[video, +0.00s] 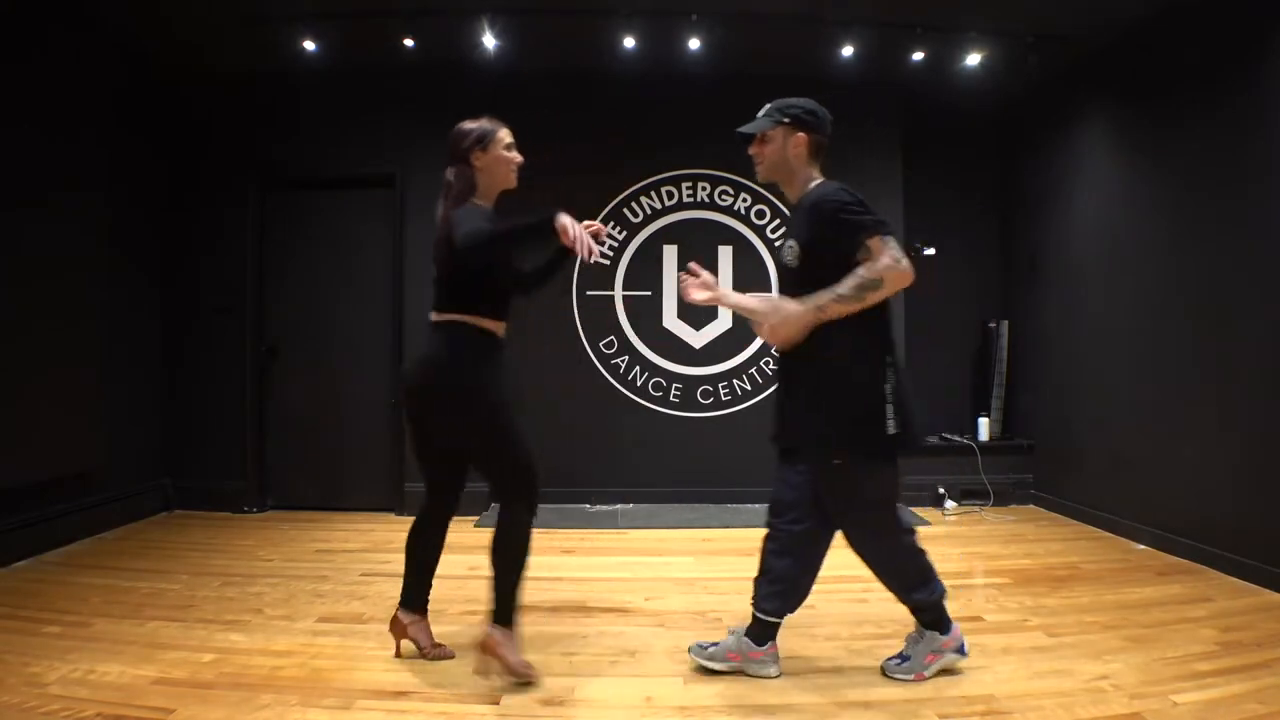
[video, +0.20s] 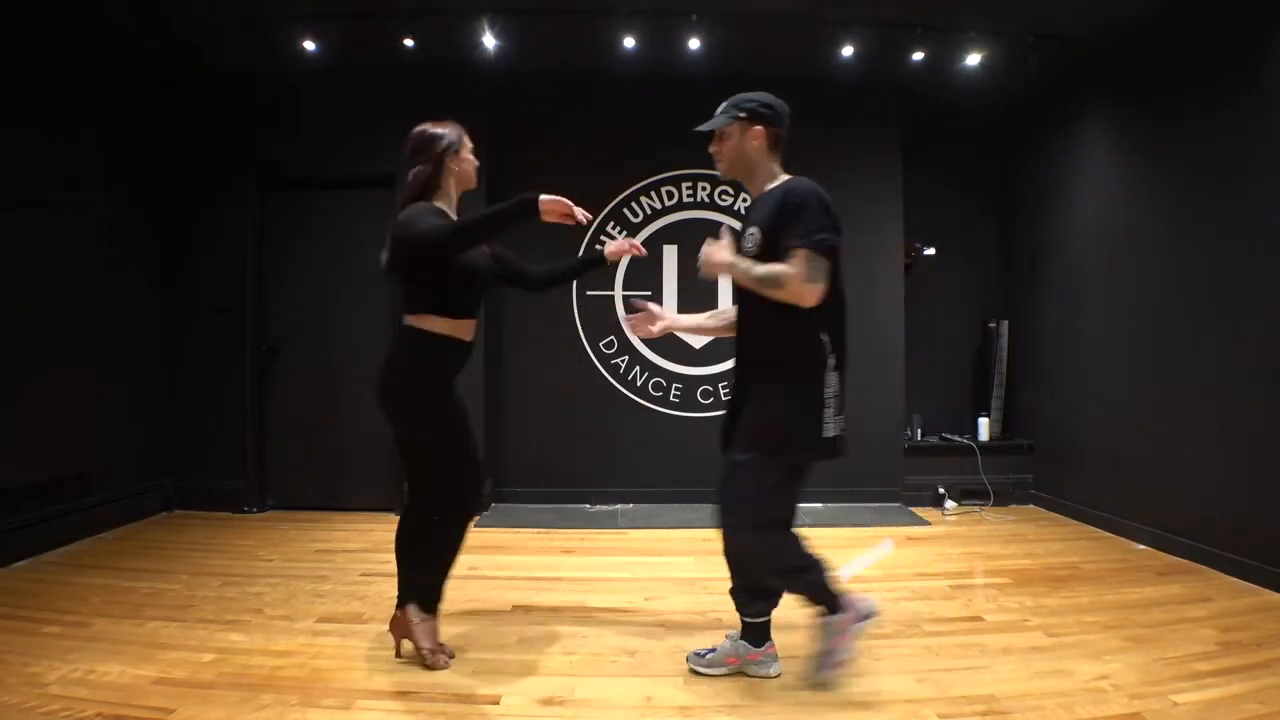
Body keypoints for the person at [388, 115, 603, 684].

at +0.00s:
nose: (520, 157)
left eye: (517, 148)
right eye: (509, 148)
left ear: (485, 160)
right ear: (476, 158)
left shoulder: (481, 224)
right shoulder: (467, 215)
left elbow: (520, 282)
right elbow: (484, 249)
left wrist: (571, 252)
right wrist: (553, 223)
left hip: (447, 364)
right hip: (466, 365)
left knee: (442, 494)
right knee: (520, 487)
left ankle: (411, 611)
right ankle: (501, 628)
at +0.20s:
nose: (478, 163)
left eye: (475, 154)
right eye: (470, 154)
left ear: (451, 163)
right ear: (445, 161)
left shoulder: (468, 240)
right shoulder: (416, 219)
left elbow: (533, 278)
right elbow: (451, 239)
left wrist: (600, 255)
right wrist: (532, 206)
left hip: (436, 375)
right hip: (414, 374)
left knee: (434, 490)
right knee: (459, 488)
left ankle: (411, 609)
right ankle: (419, 611)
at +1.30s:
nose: (499, 159)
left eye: (504, 152)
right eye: (486, 152)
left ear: (511, 165)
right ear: (462, 168)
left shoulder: (506, 226)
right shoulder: (472, 221)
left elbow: (532, 313)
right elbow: (528, 244)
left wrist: (593, 346)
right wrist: (592, 205)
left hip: (494, 368)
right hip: (481, 369)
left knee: (488, 486)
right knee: (529, 490)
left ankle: (433, 593)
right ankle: (534, 620)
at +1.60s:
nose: (545, 160)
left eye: (548, 153)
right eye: (531, 154)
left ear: (554, 167)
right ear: (506, 173)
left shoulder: (542, 232)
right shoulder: (524, 236)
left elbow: (584, 280)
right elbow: (584, 318)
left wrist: (632, 255)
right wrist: (658, 364)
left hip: (534, 380)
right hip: (516, 382)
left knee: (604, 488)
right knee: (527, 501)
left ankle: (607, 612)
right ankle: (530, 623)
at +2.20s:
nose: (578, 167)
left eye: (574, 158)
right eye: (567, 158)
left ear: (545, 170)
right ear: (536, 169)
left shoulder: (538, 231)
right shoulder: (544, 229)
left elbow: (574, 323)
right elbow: (612, 291)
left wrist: (639, 343)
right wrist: (678, 264)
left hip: (550, 375)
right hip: (544, 377)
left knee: (590, 504)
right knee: (581, 505)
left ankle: (617, 623)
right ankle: (523, 627)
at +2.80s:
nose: (478, 166)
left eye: (477, 157)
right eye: (468, 156)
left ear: (452, 168)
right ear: (436, 166)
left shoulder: (459, 230)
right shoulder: (422, 226)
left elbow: (501, 305)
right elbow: (466, 276)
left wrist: (566, 327)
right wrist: (545, 250)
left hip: (442, 370)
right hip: (422, 371)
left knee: (466, 487)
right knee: (458, 483)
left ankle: (419, 597)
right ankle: (421, 599)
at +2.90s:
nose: (464, 167)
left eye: (464, 159)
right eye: (453, 158)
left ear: (446, 172)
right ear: (420, 168)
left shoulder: (456, 237)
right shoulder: (399, 225)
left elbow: (487, 321)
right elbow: (450, 262)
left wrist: (547, 357)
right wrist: (531, 227)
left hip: (440, 371)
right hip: (405, 370)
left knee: (442, 488)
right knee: (441, 485)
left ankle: (426, 605)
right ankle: (370, 589)